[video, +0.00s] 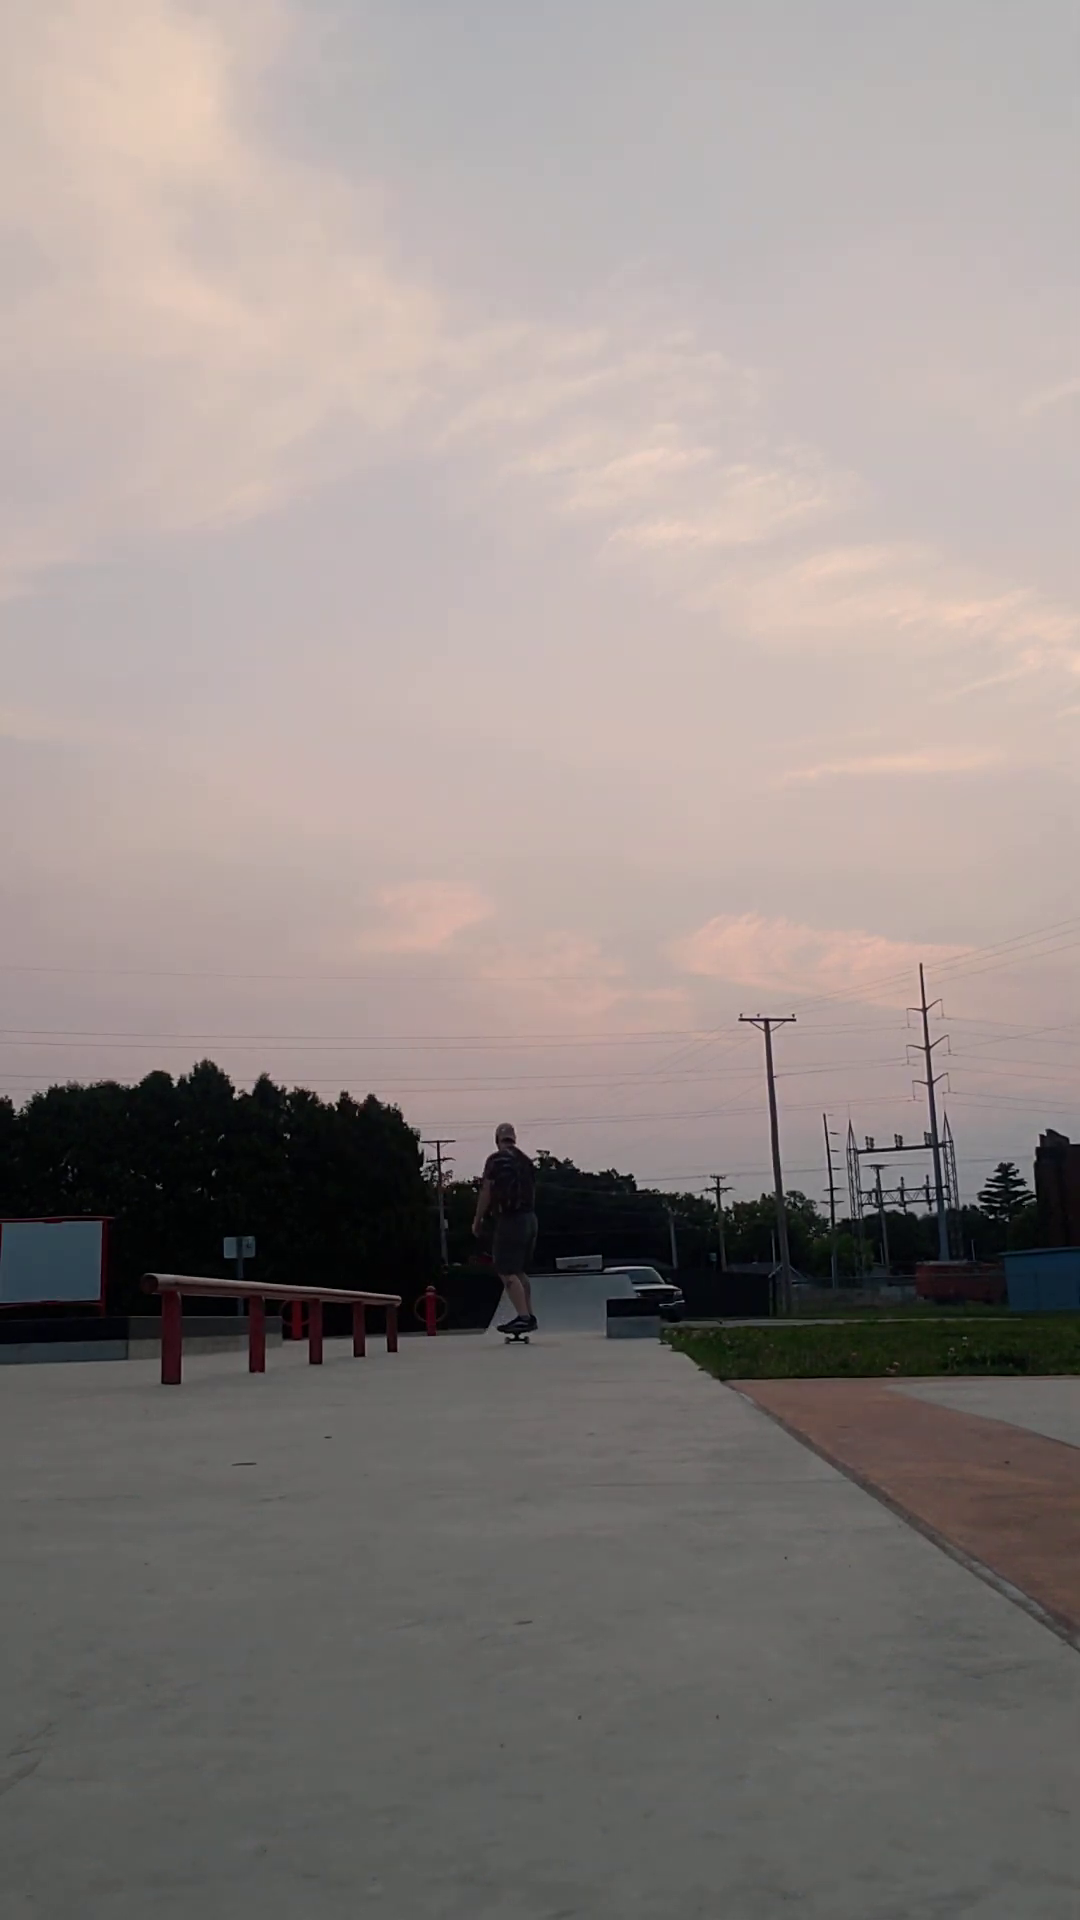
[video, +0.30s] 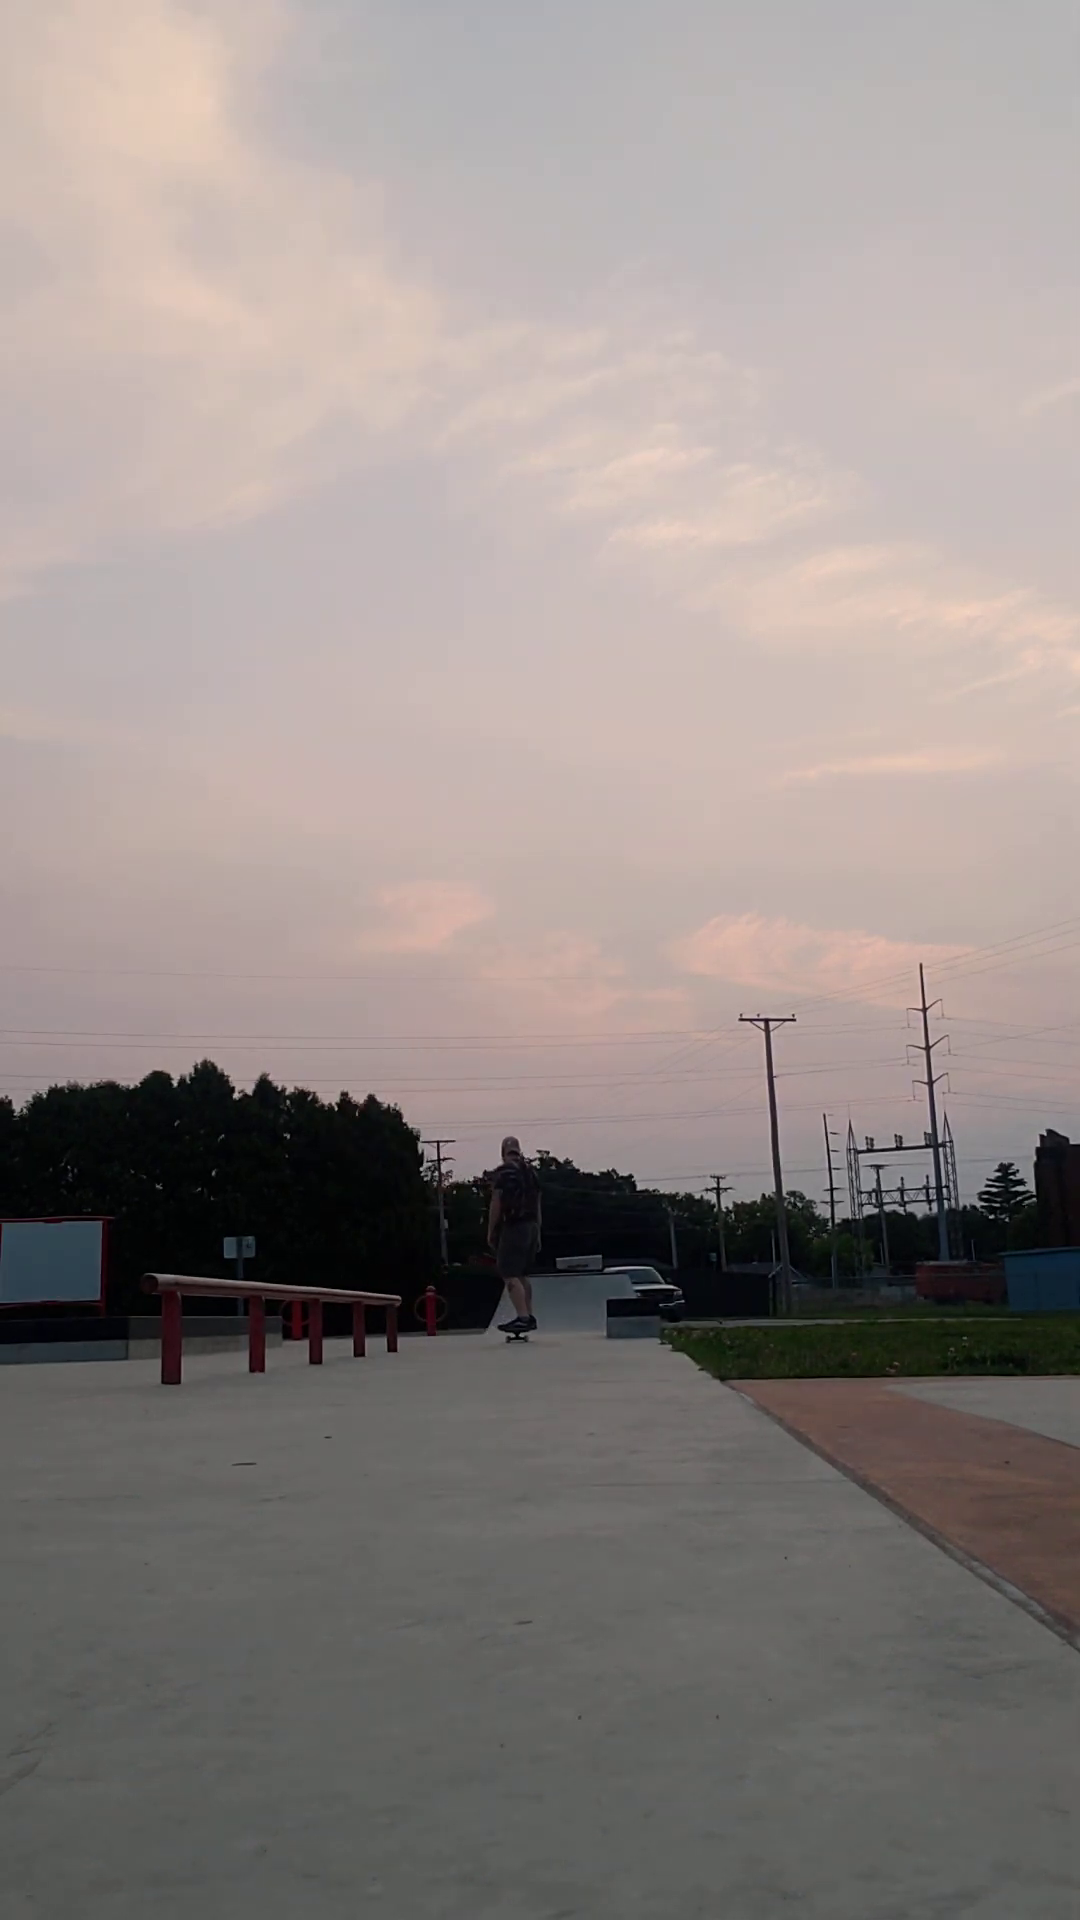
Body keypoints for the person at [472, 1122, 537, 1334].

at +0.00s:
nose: (502, 1144)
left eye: (500, 1140)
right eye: (506, 1140)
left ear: (497, 1140)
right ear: (515, 1139)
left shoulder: (495, 1160)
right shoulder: (526, 1160)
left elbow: (486, 1190)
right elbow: (529, 1191)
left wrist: (478, 1218)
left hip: (508, 1219)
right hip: (528, 1217)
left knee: (506, 1270)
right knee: (519, 1270)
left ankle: (523, 1315)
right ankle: (528, 1315)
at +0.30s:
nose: (510, 1156)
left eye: (507, 1153)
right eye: (512, 1153)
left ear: (503, 1153)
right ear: (520, 1152)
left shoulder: (502, 1173)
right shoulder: (531, 1172)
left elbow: (496, 1205)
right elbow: (537, 1206)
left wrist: (491, 1231)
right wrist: (537, 1233)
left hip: (512, 1228)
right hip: (531, 1227)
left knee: (510, 1274)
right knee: (522, 1274)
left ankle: (522, 1316)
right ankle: (527, 1316)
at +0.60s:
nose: (518, 1162)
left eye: (518, 1159)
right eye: (518, 1159)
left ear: (510, 1161)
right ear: (526, 1160)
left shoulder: (509, 1180)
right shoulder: (535, 1179)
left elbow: (504, 1209)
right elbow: (540, 1208)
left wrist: (500, 1235)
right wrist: (540, 1230)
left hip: (518, 1232)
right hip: (535, 1231)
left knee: (516, 1276)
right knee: (528, 1276)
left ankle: (528, 1316)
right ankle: (535, 1315)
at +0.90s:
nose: (516, 1173)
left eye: (516, 1169)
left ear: (516, 1170)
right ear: (531, 1170)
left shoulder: (518, 1188)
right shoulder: (540, 1187)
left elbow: (513, 1216)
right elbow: (545, 1213)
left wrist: (506, 1241)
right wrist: (542, 1232)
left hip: (525, 1238)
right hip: (541, 1237)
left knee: (523, 1278)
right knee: (535, 1278)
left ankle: (535, 1313)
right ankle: (543, 1313)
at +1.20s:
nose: (525, 1181)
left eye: (524, 1178)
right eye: (528, 1178)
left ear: (523, 1179)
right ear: (537, 1178)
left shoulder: (525, 1199)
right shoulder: (545, 1196)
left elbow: (523, 1225)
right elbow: (548, 1221)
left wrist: (519, 1249)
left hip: (534, 1243)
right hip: (547, 1242)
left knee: (529, 1280)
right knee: (540, 1281)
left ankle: (544, 1314)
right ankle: (547, 1315)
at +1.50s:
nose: (531, 1188)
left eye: (530, 1185)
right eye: (533, 1185)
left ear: (529, 1187)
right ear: (542, 1185)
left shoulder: (532, 1204)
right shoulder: (550, 1202)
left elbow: (531, 1229)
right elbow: (553, 1227)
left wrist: (524, 1251)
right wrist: (550, 1244)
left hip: (538, 1247)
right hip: (550, 1247)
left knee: (533, 1282)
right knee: (544, 1284)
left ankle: (545, 1315)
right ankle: (551, 1316)